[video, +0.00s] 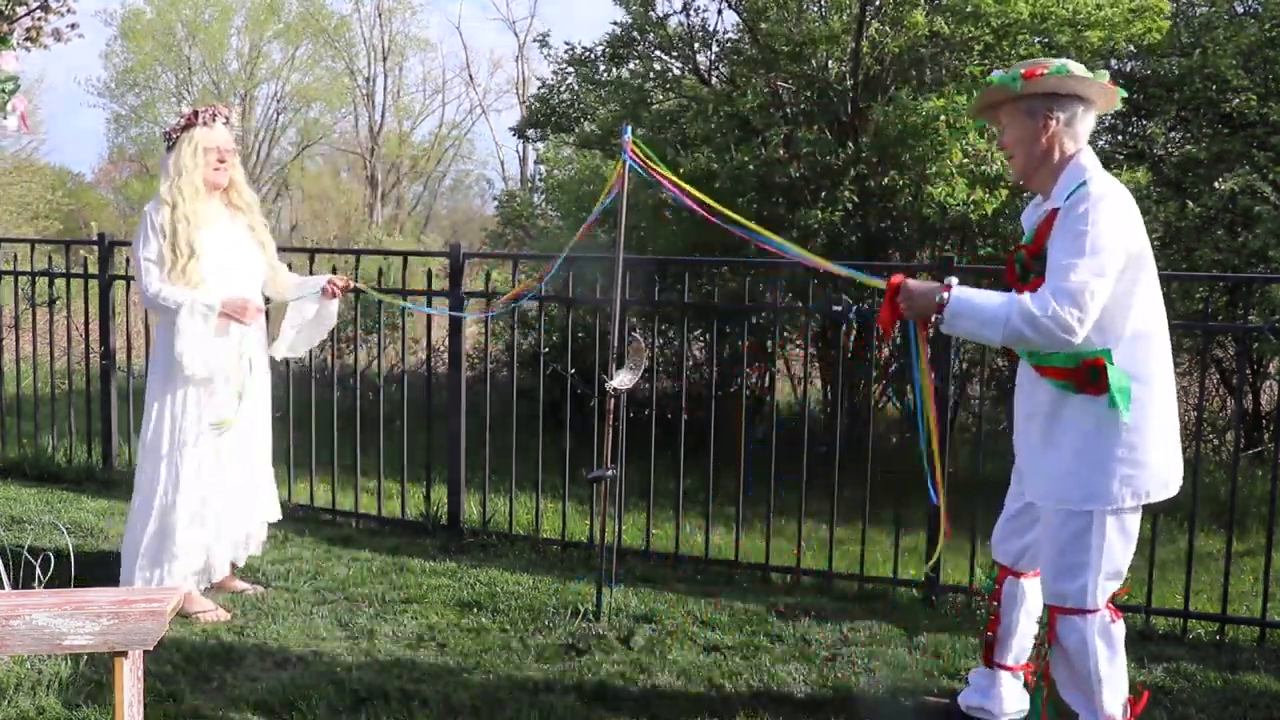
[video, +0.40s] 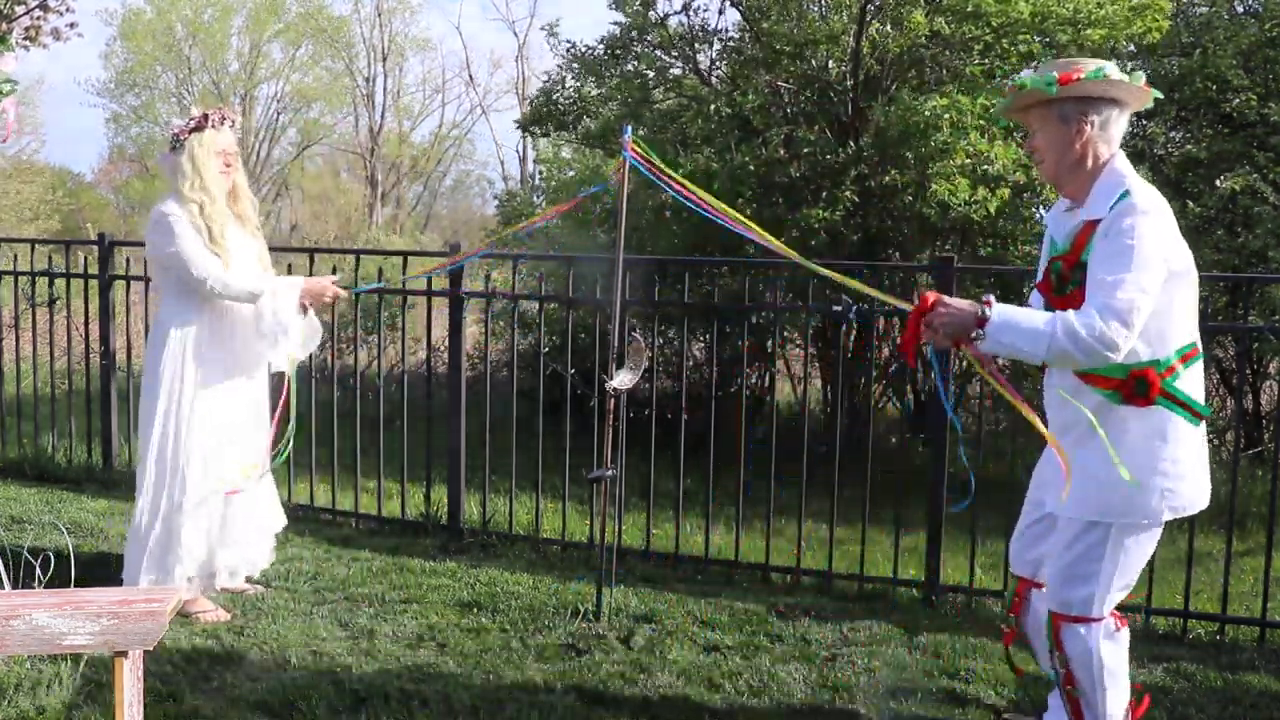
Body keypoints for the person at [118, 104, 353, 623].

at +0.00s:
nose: (223, 159)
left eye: (230, 151)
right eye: (212, 151)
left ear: (237, 158)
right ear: (185, 158)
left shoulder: (242, 213)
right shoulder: (164, 212)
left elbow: (271, 282)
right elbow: (151, 287)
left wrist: (319, 287)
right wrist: (219, 306)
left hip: (243, 361)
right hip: (190, 363)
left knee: (236, 463)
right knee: (189, 467)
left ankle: (221, 570)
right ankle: (178, 584)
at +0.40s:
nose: (229, 163)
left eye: (233, 154)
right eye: (218, 154)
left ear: (238, 161)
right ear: (189, 160)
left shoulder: (237, 221)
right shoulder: (170, 216)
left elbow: (256, 304)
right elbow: (212, 280)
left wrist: (303, 300)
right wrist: (295, 289)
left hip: (235, 363)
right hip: (189, 363)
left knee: (234, 463)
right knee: (191, 468)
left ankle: (224, 569)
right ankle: (180, 586)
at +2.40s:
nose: (251, 166)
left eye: (253, 158)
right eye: (240, 159)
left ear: (257, 163)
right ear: (213, 167)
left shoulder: (255, 224)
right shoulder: (193, 219)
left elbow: (281, 298)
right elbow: (224, 274)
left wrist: (340, 278)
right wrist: (303, 262)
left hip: (257, 364)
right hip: (214, 365)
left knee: (248, 466)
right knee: (211, 468)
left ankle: (214, 584)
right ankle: (190, 593)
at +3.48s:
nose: (248, 163)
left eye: (255, 155)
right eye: (237, 154)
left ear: (263, 163)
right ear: (211, 160)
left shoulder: (264, 217)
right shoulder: (182, 209)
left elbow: (282, 289)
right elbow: (186, 258)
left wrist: (314, 271)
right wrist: (264, 251)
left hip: (261, 343)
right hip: (200, 349)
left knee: (283, 437)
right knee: (197, 460)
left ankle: (281, 543)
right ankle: (195, 582)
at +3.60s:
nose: (250, 168)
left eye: (257, 160)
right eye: (239, 159)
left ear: (263, 169)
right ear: (212, 166)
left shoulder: (261, 227)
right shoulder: (182, 223)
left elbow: (283, 290)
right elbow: (204, 283)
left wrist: (314, 306)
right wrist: (285, 296)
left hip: (259, 356)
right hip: (201, 360)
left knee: (284, 449)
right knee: (206, 467)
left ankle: (291, 546)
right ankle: (195, 584)